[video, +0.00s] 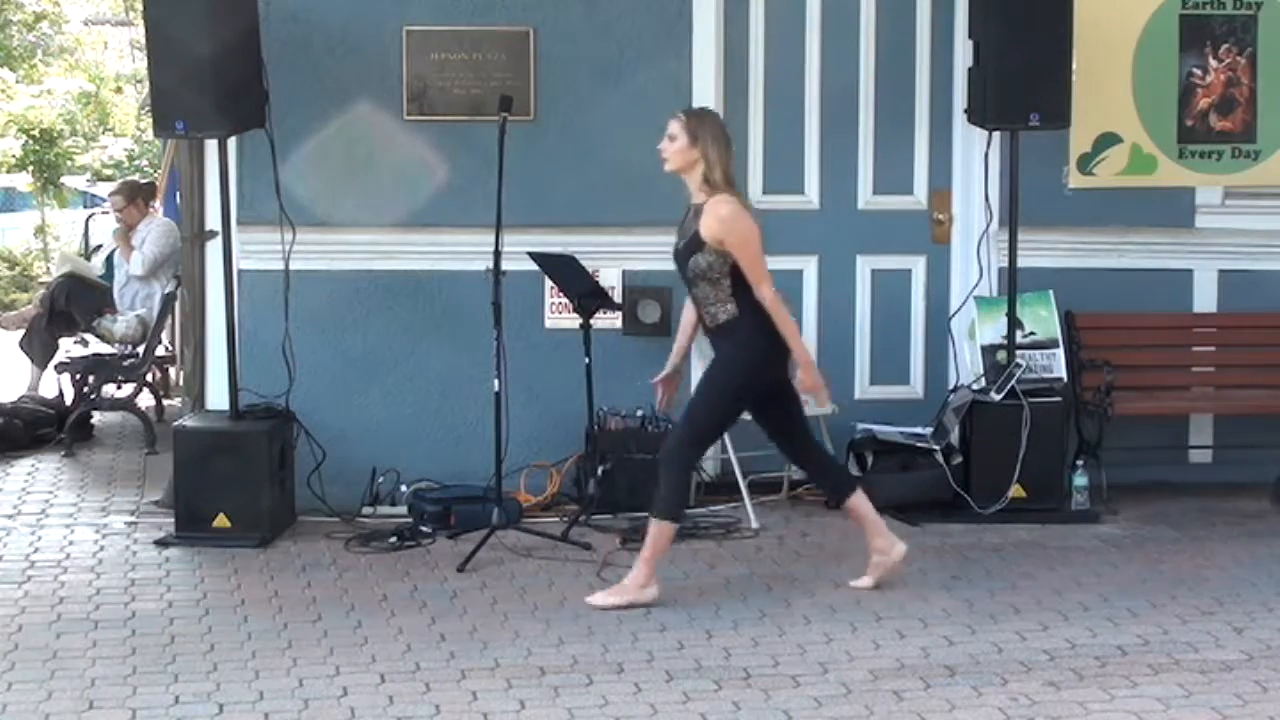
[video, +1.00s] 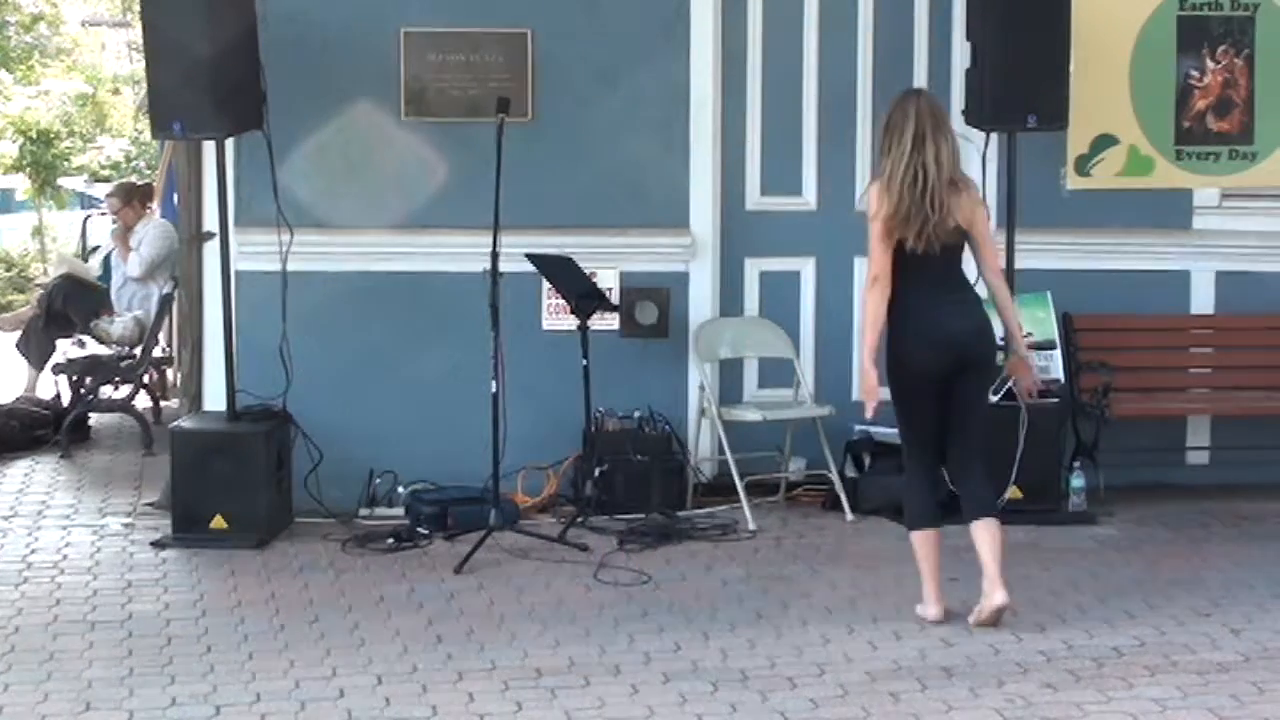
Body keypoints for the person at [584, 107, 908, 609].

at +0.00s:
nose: (661, 147)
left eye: (671, 139)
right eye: (664, 138)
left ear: (701, 149)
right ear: (696, 151)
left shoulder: (726, 213)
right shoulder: (699, 212)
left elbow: (766, 291)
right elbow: (699, 297)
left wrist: (805, 360)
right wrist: (676, 362)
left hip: (749, 350)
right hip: (747, 349)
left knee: (679, 449)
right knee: (803, 449)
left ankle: (642, 578)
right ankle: (884, 542)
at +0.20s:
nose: (721, 132)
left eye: (729, 123)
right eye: (723, 123)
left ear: (758, 128)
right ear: (752, 130)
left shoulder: (789, 188)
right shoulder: (759, 189)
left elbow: (821, 275)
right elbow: (776, 286)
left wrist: (848, 349)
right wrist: (779, 355)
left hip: (810, 331)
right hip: (791, 333)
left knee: (796, 446)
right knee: (835, 441)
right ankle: (895, 547)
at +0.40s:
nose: (763, 131)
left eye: (772, 123)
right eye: (764, 122)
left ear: (800, 129)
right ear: (793, 131)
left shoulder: (827, 190)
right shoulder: (803, 190)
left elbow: (832, 283)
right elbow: (815, 280)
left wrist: (822, 361)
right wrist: (815, 353)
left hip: (852, 327)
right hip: (828, 324)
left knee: (848, 445)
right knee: (821, 446)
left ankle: (866, 571)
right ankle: (890, 543)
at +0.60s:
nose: (820, 153)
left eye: (823, 147)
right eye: (823, 146)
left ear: (832, 152)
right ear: (872, 152)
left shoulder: (839, 211)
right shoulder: (880, 207)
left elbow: (830, 303)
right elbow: (891, 292)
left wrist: (811, 378)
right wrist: (902, 368)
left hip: (869, 348)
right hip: (895, 341)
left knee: (827, 453)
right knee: (847, 451)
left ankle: (863, 571)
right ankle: (938, 521)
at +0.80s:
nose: (855, 147)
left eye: (858, 139)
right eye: (859, 138)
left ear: (865, 143)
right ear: (913, 142)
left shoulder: (863, 201)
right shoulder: (934, 196)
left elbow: (867, 289)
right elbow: (933, 270)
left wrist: (870, 363)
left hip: (897, 334)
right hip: (946, 332)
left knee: (860, 454)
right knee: (962, 452)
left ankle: (871, 572)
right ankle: (993, 584)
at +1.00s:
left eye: (890, 131)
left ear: (893, 135)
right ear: (944, 135)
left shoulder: (884, 193)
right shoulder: (965, 194)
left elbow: (879, 281)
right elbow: (993, 275)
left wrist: (868, 360)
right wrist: (1018, 346)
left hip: (914, 339)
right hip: (970, 334)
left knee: (919, 461)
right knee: (971, 458)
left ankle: (932, 599)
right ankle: (995, 585)